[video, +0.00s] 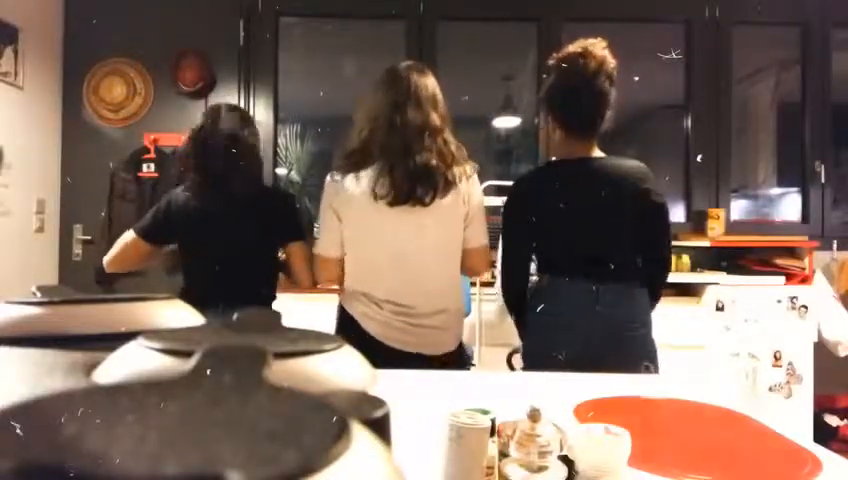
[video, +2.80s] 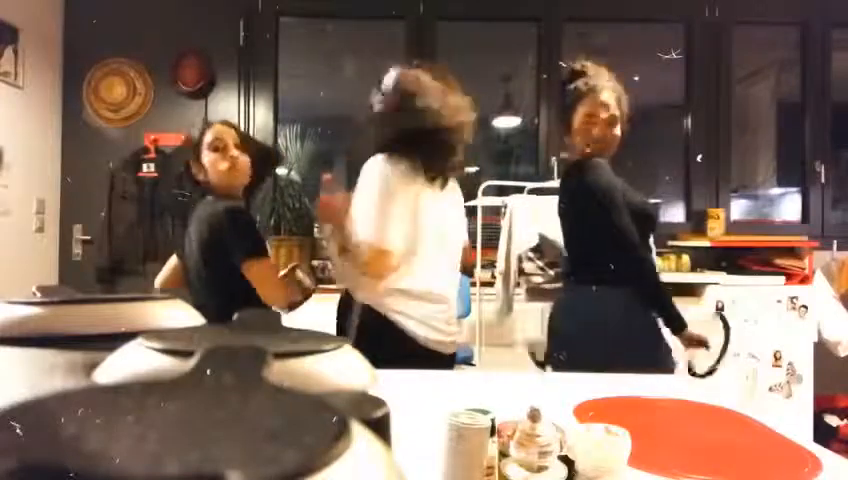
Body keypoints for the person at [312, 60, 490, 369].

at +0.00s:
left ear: (373, 113)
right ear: (438, 112)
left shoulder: (343, 183)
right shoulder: (463, 180)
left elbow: (327, 273)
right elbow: (478, 264)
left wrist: (374, 260)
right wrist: (433, 248)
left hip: (365, 349)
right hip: (440, 353)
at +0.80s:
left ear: (377, 118)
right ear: (445, 116)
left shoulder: (352, 185)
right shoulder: (468, 186)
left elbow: (331, 269)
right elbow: (492, 266)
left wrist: (373, 260)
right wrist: (444, 257)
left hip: (370, 349)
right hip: (445, 353)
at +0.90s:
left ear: (378, 123)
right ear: (440, 121)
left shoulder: (358, 195)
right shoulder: (467, 191)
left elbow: (334, 285)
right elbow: (490, 274)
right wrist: (444, 265)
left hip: (371, 358)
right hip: (446, 359)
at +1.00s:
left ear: (380, 112)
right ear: (440, 110)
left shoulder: (353, 187)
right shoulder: (468, 182)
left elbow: (345, 278)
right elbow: (492, 263)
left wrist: (330, 261)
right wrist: (443, 259)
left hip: (373, 349)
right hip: (445, 350)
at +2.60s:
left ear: (372, 112)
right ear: (436, 109)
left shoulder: (348, 183)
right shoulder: (462, 186)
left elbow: (333, 272)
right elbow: (478, 264)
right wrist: (432, 256)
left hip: (367, 346)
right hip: (438, 350)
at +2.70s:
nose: (359, 115)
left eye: (365, 107)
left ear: (376, 119)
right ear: (443, 119)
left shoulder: (357, 191)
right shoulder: (460, 192)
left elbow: (352, 277)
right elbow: (469, 262)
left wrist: (331, 227)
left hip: (373, 344)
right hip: (440, 350)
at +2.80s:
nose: (373, 109)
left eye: (381, 100)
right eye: (378, 99)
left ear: (392, 113)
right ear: (442, 117)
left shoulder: (383, 170)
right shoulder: (447, 181)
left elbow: (377, 265)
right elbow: (461, 256)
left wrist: (338, 223)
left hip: (386, 336)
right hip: (438, 341)